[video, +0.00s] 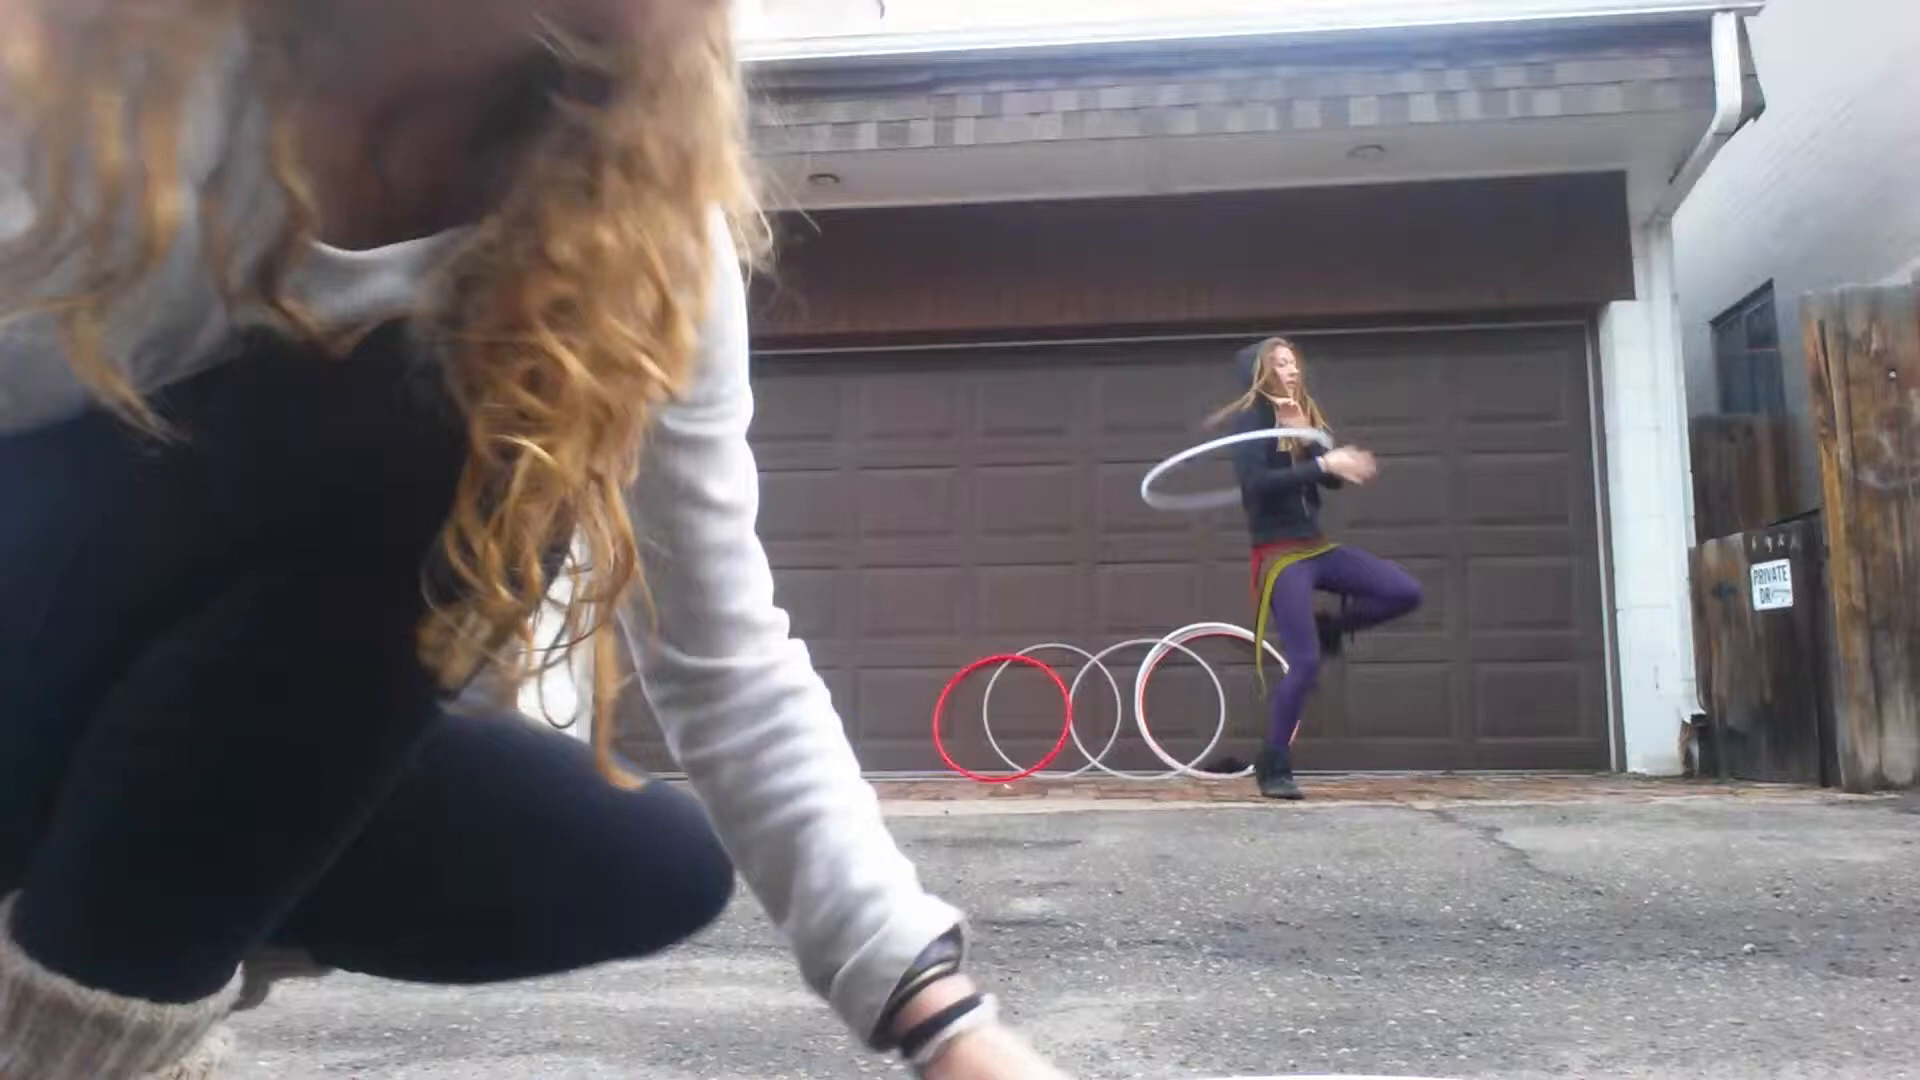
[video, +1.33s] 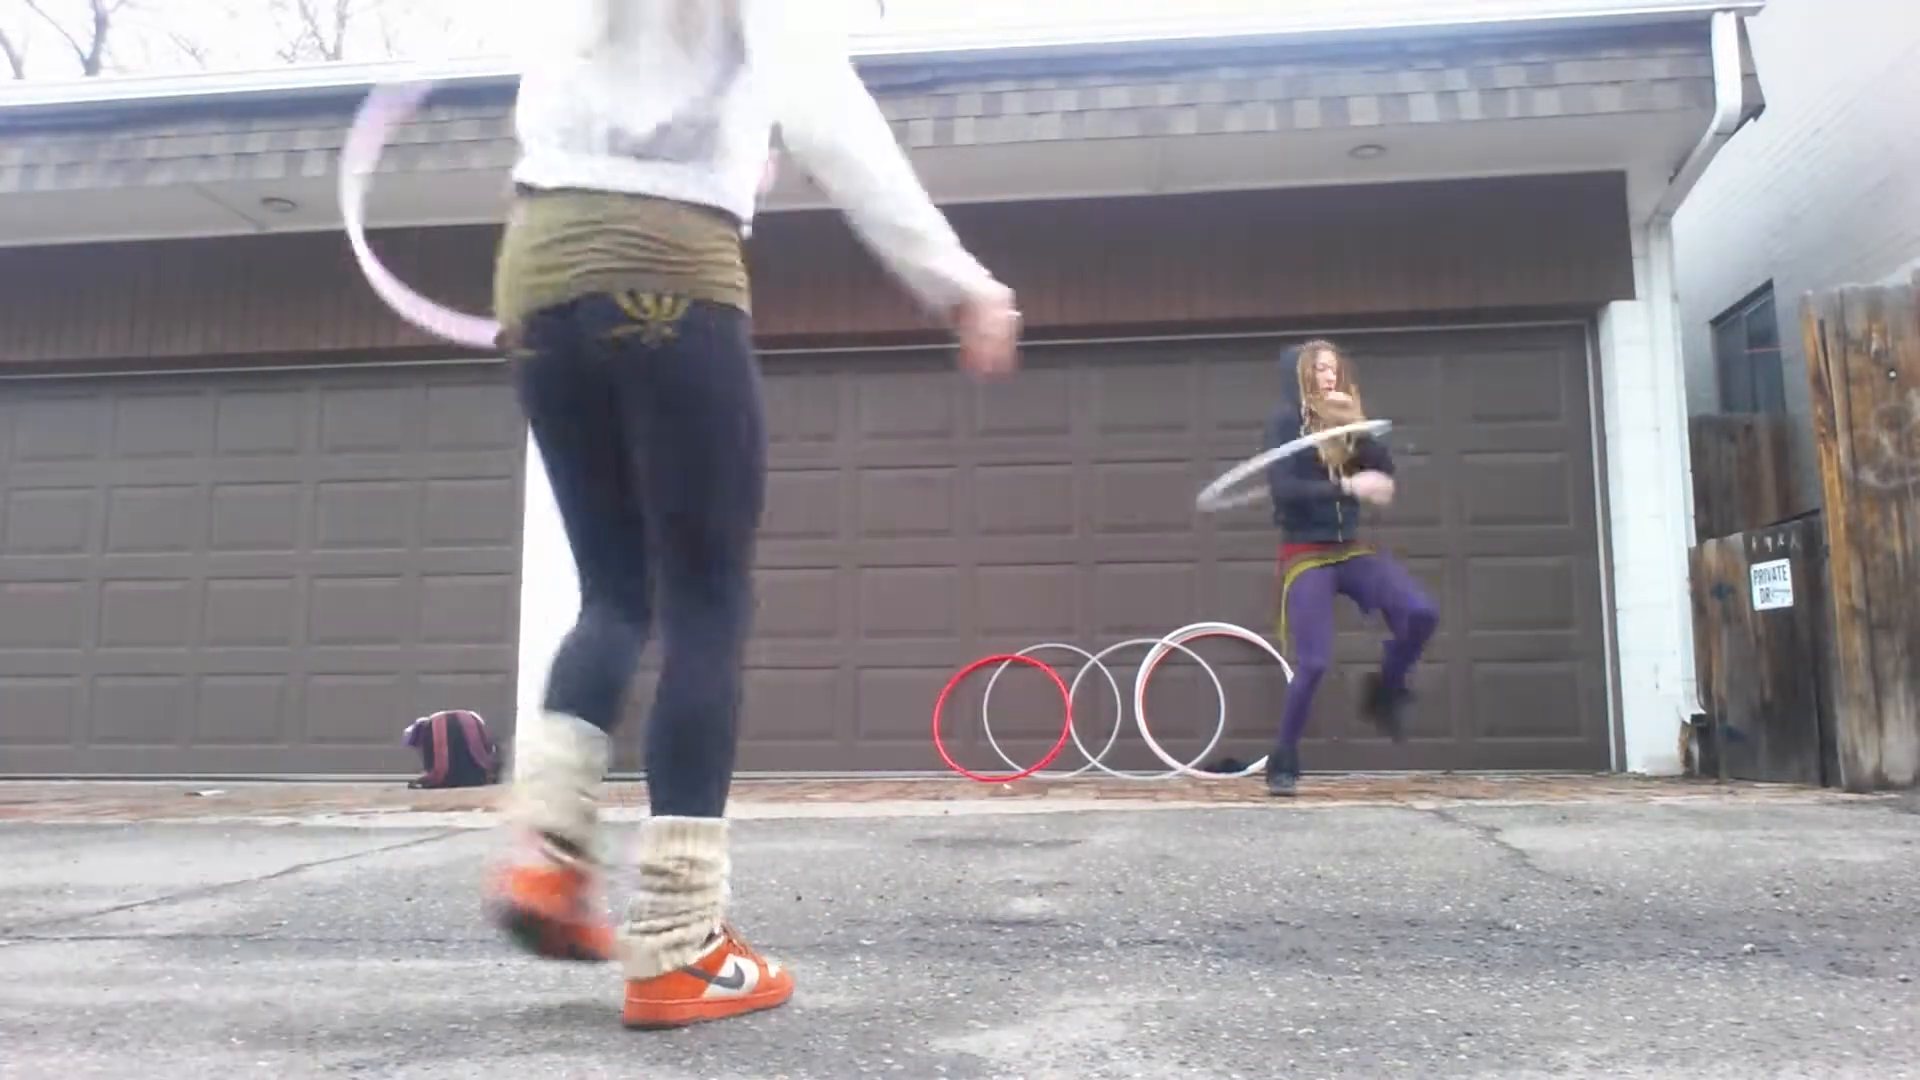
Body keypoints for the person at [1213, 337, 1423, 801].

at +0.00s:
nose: (1287, 369)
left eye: (1291, 361)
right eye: (1276, 363)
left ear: (1300, 369)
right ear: (1262, 373)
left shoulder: (1309, 418)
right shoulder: (1249, 420)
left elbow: (1317, 484)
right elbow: (1255, 483)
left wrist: (1332, 462)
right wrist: (1321, 466)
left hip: (1318, 546)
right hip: (1279, 554)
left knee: (1404, 593)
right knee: (1305, 662)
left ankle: (1332, 626)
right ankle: (1274, 765)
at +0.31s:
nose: (1300, 360)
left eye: (1299, 352)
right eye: (1289, 354)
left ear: (1301, 361)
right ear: (1271, 364)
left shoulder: (1296, 414)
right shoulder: (1271, 411)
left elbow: (1308, 484)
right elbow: (1288, 470)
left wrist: (1362, 485)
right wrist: (1337, 493)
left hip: (1317, 540)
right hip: (1285, 546)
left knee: (1396, 595)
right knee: (1292, 649)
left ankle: (1355, 680)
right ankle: (1270, 763)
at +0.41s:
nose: (1313, 358)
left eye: (1309, 350)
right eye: (1303, 352)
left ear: (1291, 359)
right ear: (1285, 362)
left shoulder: (1300, 403)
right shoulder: (1288, 400)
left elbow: (1304, 464)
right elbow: (1327, 451)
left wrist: (1335, 442)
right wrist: (1357, 475)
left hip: (1323, 542)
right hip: (1290, 545)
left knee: (1384, 625)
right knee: (1291, 649)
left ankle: (1401, 735)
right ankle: (1269, 762)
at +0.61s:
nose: (1337, 367)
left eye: (1336, 359)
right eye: (1327, 361)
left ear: (1332, 366)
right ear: (1307, 369)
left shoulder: (1336, 417)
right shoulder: (1297, 418)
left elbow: (1348, 476)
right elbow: (1315, 485)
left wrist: (1374, 455)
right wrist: (1373, 489)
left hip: (1356, 548)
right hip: (1315, 551)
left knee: (1387, 654)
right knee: (1309, 655)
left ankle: (1406, 763)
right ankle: (1273, 763)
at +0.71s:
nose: (1344, 377)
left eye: (1349, 369)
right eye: (1335, 370)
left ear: (1358, 376)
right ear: (1318, 377)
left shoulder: (1372, 426)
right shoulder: (1303, 426)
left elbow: (1387, 498)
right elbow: (1293, 492)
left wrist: (1407, 451)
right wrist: (1346, 506)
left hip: (1367, 553)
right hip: (1321, 552)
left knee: (1400, 655)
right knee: (1315, 659)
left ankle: (1407, 763)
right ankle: (1275, 763)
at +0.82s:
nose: (1355, 384)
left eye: (1360, 376)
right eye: (1346, 376)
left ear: (1371, 383)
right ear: (1329, 383)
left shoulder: (1385, 434)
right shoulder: (1308, 431)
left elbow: (1401, 500)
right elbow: (1293, 497)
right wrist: (1282, 492)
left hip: (1381, 559)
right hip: (1330, 558)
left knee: (1414, 662)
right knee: (1324, 658)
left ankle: (1408, 765)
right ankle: (1280, 761)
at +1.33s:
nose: (1327, 376)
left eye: (1332, 369)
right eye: (1319, 368)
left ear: (1342, 376)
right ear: (1302, 375)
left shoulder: (1354, 422)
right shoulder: (1286, 424)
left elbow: (1383, 474)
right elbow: (1283, 488)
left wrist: (1354, 425)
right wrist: (1348, 487)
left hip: (1351, 549)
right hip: (1306, 554)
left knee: (1420, 614)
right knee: (1313, 663)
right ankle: (1283, 761)